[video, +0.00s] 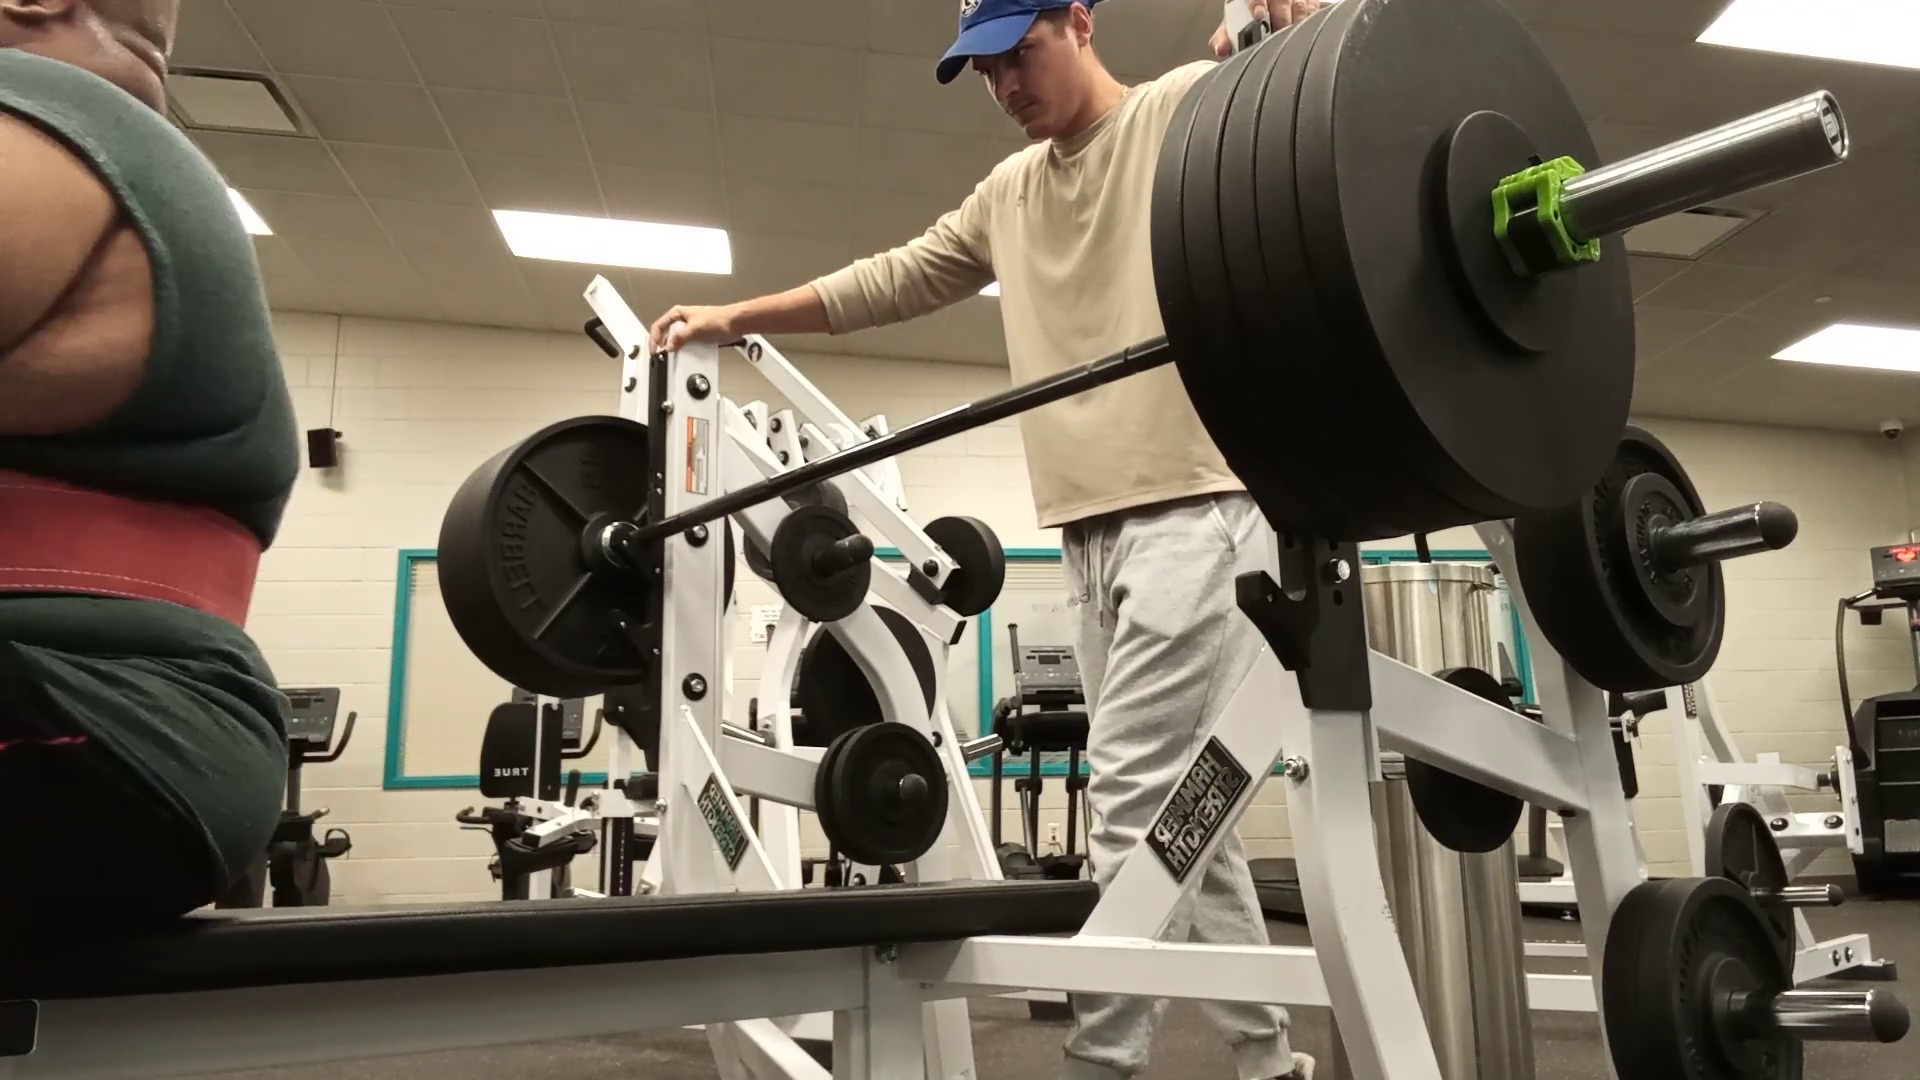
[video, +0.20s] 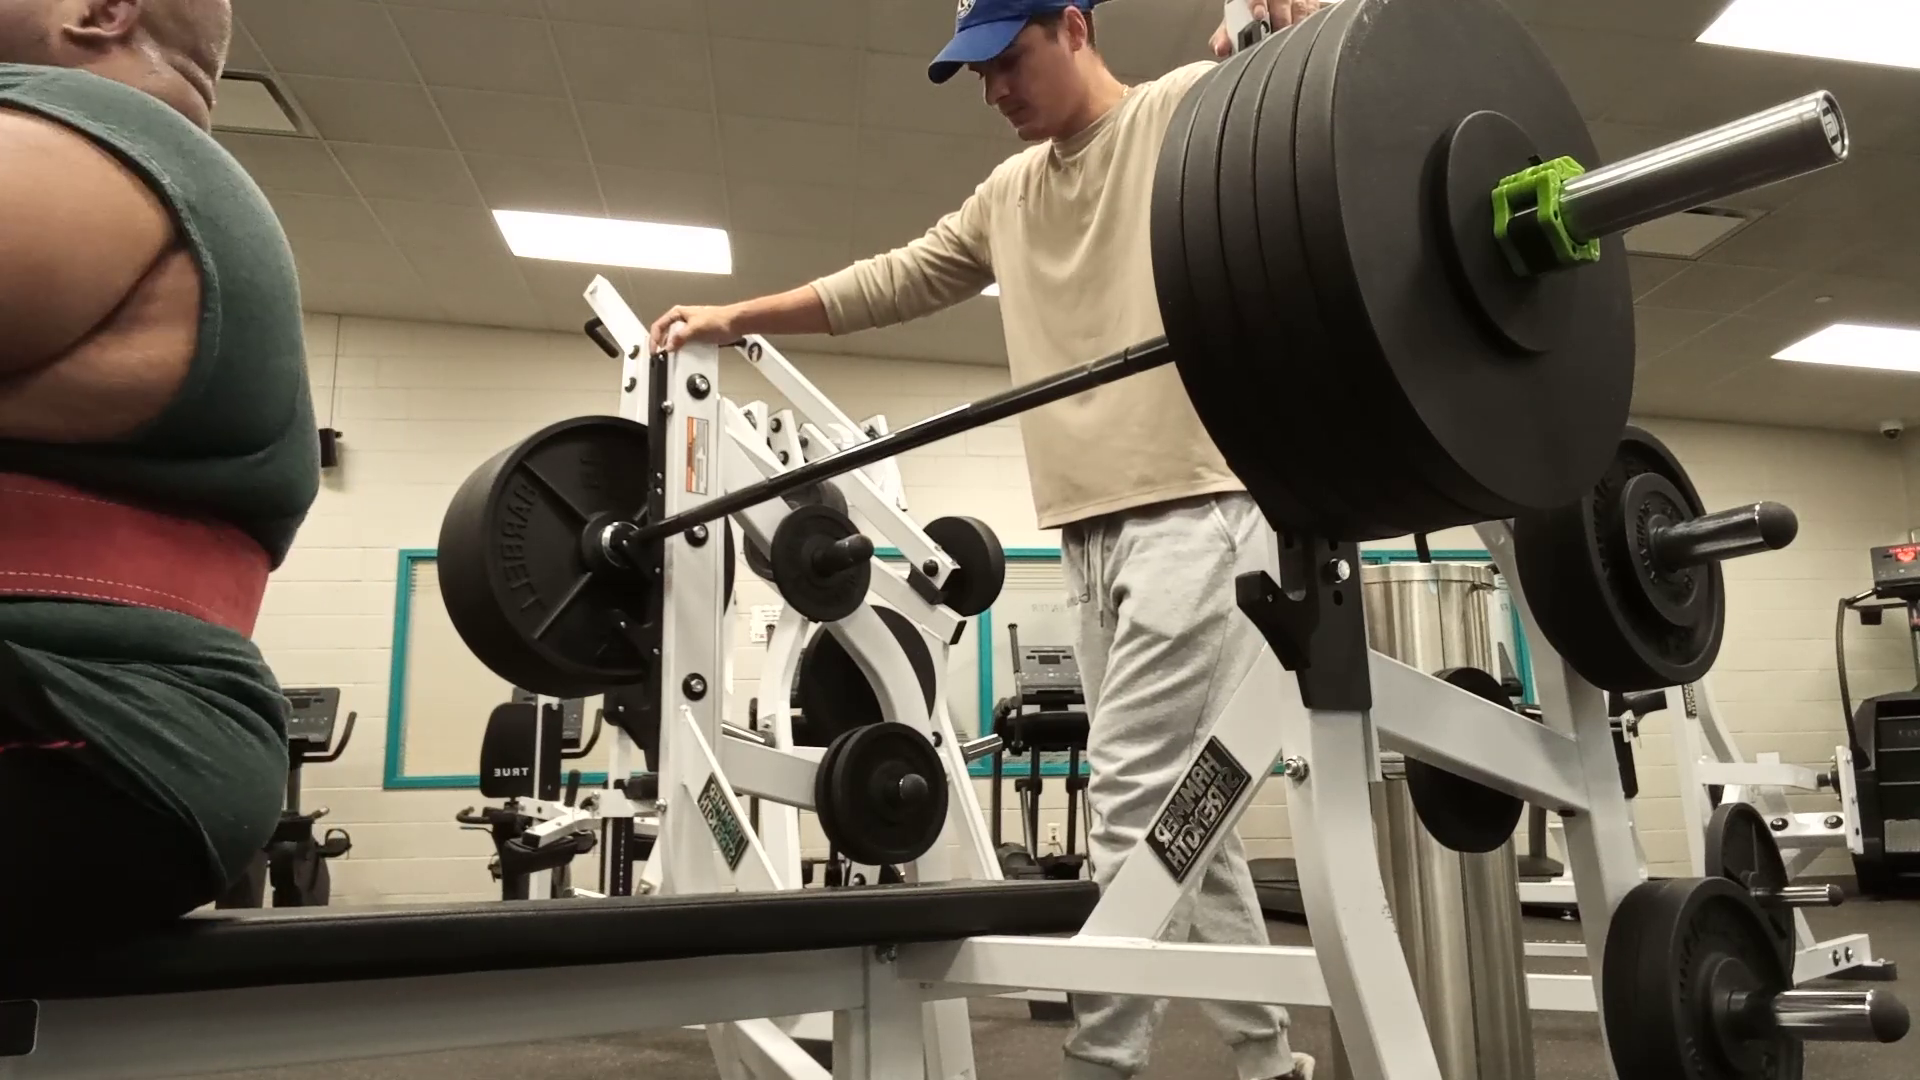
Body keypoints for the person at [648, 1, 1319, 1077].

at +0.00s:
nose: (1000, 87)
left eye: (1014, 57)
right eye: (987, 71)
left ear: (1079, 25)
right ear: (984, 78)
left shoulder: (1186, 101)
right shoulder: (1005, 193)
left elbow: (1316, 102)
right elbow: (889, 280)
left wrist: (1291, 34)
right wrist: (733, 314)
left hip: (1201, 508)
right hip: (1090, 531)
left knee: (1129, 794)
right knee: (1176, 805)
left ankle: (1102, 1061)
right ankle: (1264, 1057)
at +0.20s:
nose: (994, 90)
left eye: (1006, 62)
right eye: (983, 74)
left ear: (1074, 28)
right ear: (987, 77)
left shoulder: (1188, 101)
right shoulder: (1005, 194)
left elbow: (1321, 106)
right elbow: (892, 280)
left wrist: (1293, 36)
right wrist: (734, 314)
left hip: (1200, 509)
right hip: (1089, 532)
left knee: (1129, 795)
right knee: (1176, 806)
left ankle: (1103, 1061)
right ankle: (1264, 1057)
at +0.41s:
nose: (987, 97)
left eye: (997, 68)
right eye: (978, 79)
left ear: (1067, 34)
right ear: (1002, 73)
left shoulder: (1188, 101)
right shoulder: (1007, 193)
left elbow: (1320, 111)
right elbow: (897, 279)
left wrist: (1295, 35)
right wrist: (736, 314)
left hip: (1201, 510)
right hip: (1090, 533)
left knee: (1128, 793)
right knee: (1174, 804)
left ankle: (1102, 1064)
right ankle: (1266, 1060)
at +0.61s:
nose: (984, 101)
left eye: (995, 72)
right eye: (975, 83)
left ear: (1064, 38)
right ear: (1004, 74)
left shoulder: (1188, 101)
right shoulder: (1006, 193)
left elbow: (1320, 107)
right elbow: (896, 279)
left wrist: (1295, 34)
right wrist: (735, 314)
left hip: (1200, 509)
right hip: (1089, 533)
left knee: (1129, 794)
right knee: (1175, 804)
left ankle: (1102, 1064)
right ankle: (1266, 1060)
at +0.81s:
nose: (978, 102)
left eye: (989, 76)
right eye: (972, 84)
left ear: (1058, 43)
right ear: (1029, 60)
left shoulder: (1187, 102)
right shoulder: (1006, 193)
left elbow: (1316, 109)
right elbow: (894, 279)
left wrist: (1292, 36)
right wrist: (735, 314)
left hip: (1200, 510)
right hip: (1090, 534)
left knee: (1130, 795)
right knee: (1175, 805)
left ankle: (1102, 1064)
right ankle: (1267, 1060)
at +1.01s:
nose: (974, 111)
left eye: (985, 83)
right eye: (967, 90)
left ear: (1054, 46)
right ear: (1024, 64)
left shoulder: (1185, 102)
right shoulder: (1005, 195)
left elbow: (1315, 110)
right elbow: (893, 280)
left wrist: (1291, 37)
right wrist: (734, 314)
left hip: (1200, 511)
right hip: (1090, 535)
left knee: (1128, 793)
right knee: (1174, 805)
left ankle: (1102, 1064)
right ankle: (1267, 1061)